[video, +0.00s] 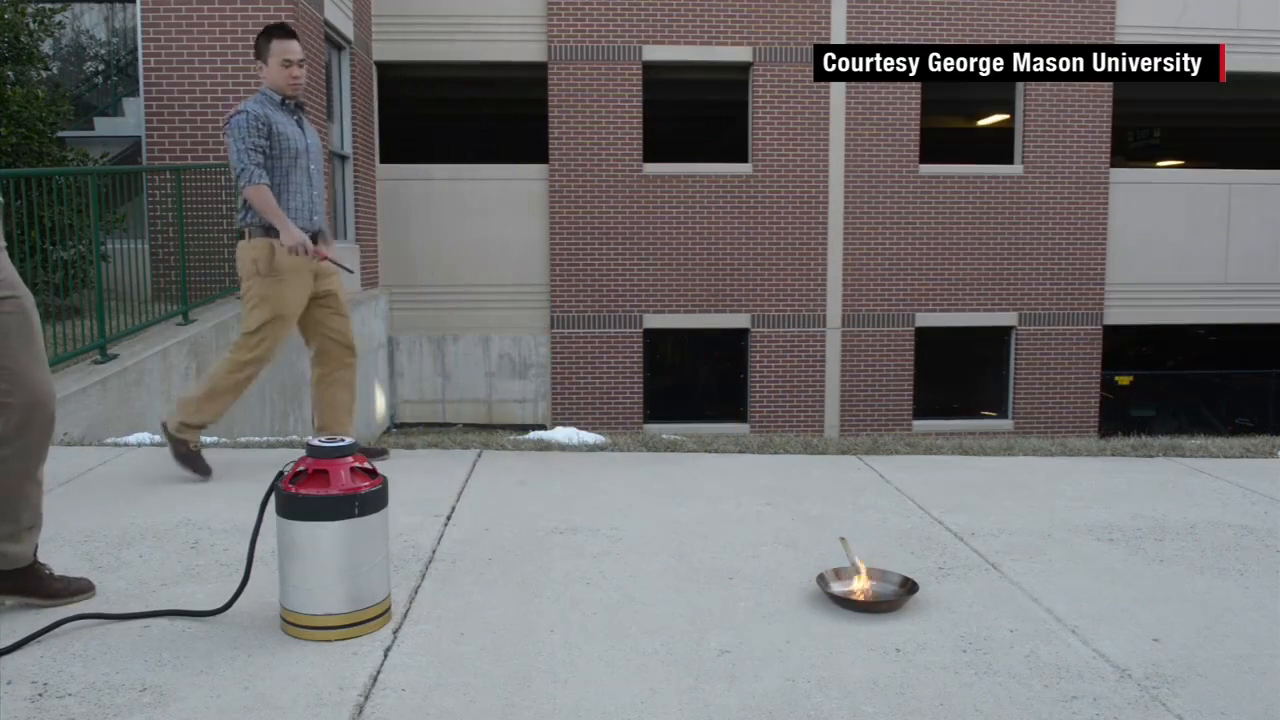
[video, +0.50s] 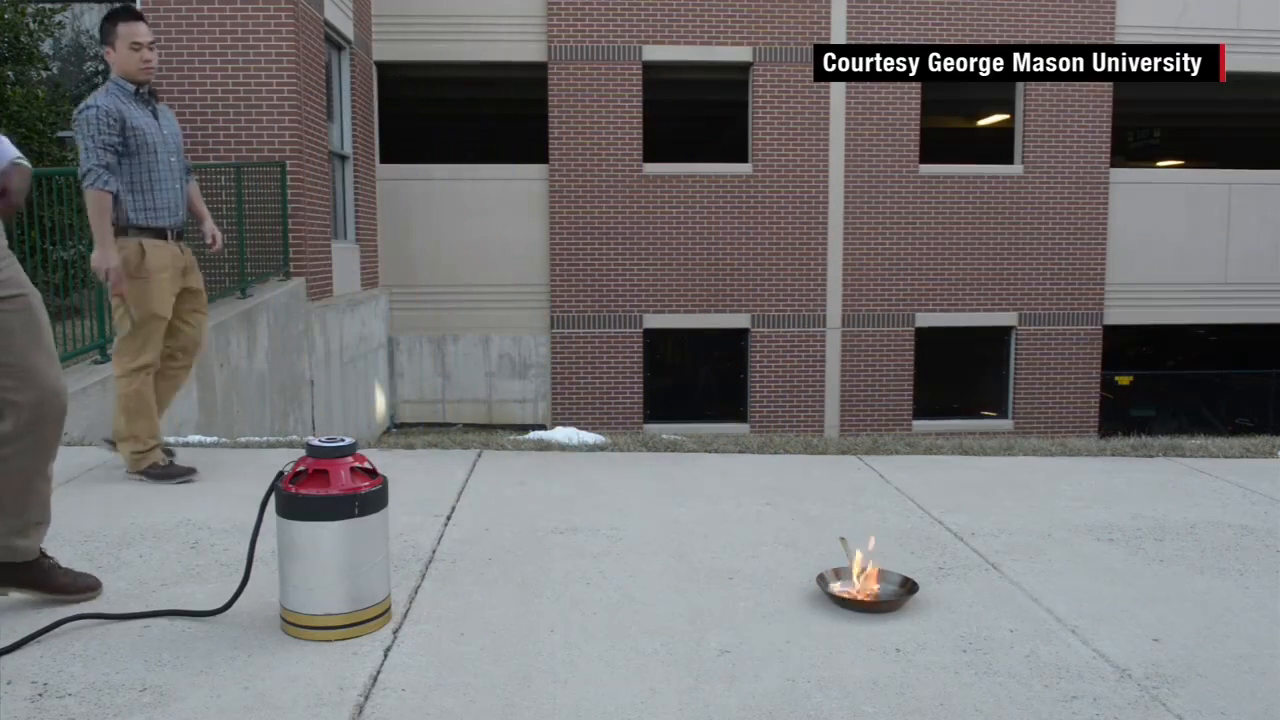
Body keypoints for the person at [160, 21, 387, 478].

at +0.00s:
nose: (297, 71)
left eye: (301, 63)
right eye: (287, 63)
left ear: (305, 67)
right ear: (262, 68)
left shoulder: (303, 124)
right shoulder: (249, 116)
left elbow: (309, 191)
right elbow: (251, 182)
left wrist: (323, 238)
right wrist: (284, 225)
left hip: (309, 251)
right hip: (270, 250)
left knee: (337, 348)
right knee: (257, 348)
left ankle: (336, 444)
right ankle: (183, 427)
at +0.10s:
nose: (273, 75)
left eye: (276, 66)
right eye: (262, 67)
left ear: (279, 70)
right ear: (236, 72)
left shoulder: (280, 128)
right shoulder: (224, 122)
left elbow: (291, 197)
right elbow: (231, 189)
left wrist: (309, 248)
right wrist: (270, 226)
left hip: (294, 259)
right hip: (247, 258)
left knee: (324, 354)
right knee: (221, 358)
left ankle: (338, 446)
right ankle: (159, 443)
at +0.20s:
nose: (235, 76)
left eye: (239, 68)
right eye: (225, 67)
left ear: (242, 71)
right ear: (197, 70)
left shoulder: (243, 129)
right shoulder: (181, 122)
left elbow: (258, 199)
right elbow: (190, 191)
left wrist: (279, 249)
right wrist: (235, 229)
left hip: (250, 258)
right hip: (201, 257)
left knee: (283, 352)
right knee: (181, 361)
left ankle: (325, 437)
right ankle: (145, 454)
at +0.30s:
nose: (209, 67)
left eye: (213, 58)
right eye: (198, 59)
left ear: (217, 63)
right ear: (171, 63)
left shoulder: (219, 123)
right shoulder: (155, 116)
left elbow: (235, 188)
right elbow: (162, 185)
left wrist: (256, 241)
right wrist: (200, 230)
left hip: (224, 253)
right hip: (177, 252)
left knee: (257, 349)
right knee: (165, 359)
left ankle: (295, 440)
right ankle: (146, 456)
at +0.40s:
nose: (171, 56)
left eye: (175, 48)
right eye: (159, 48)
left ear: (179, 52)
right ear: (133, 54)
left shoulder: (183, 113)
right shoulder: (121, 108)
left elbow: (201, 179)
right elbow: (125, 179)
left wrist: (224, 228)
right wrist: (140, 240)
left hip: (197, 248)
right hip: (152, 249)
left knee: (221, 347)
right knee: (146, 358)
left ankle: (200, 437)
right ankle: (144, 455)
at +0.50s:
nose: (148, 55)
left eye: (152, 46)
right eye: (136, 47)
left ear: (156, 51)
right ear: (109, 54)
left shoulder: (162, 112)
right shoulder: (99, 109)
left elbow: (180, 173)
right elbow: (97, 183)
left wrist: (205, 216)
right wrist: (104, 246)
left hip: (178, 248)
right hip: (138, 248)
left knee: (184, 345)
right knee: (138, 356)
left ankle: (134, 431)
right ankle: (141, 454)